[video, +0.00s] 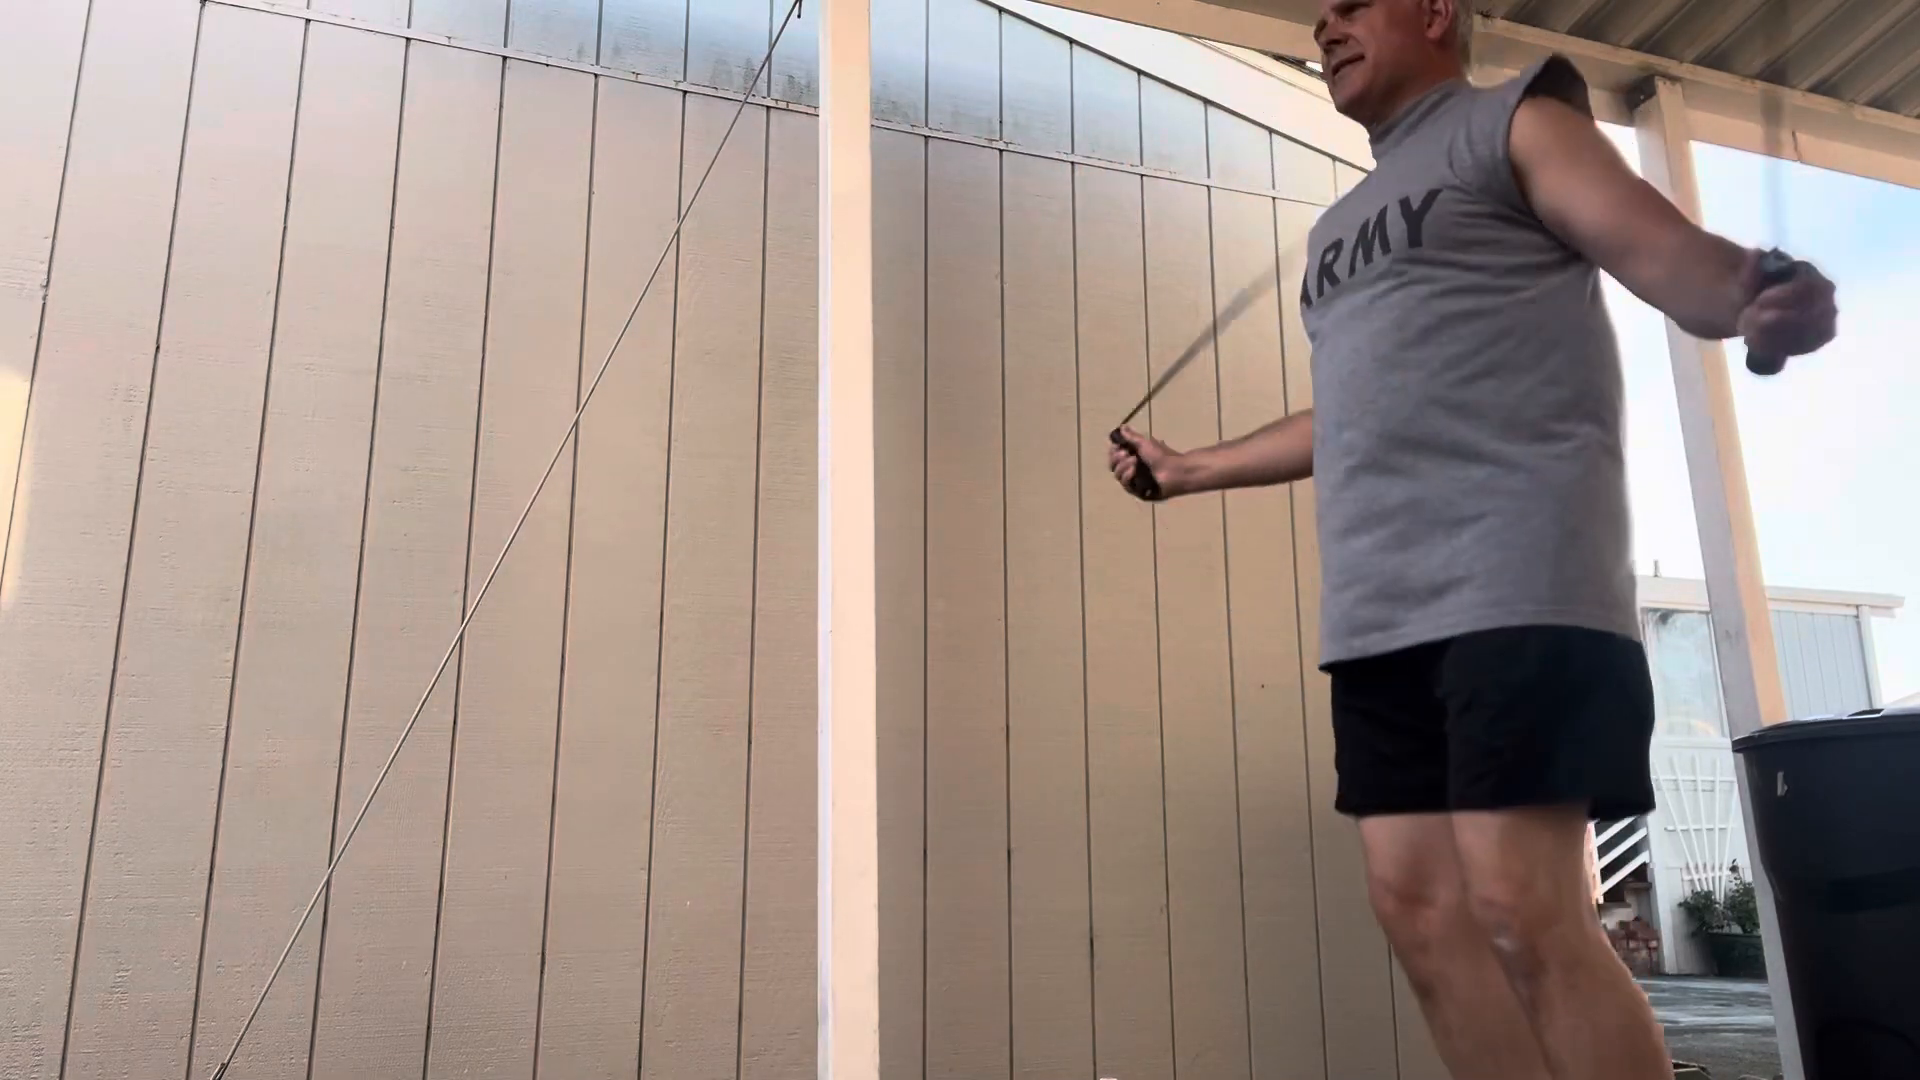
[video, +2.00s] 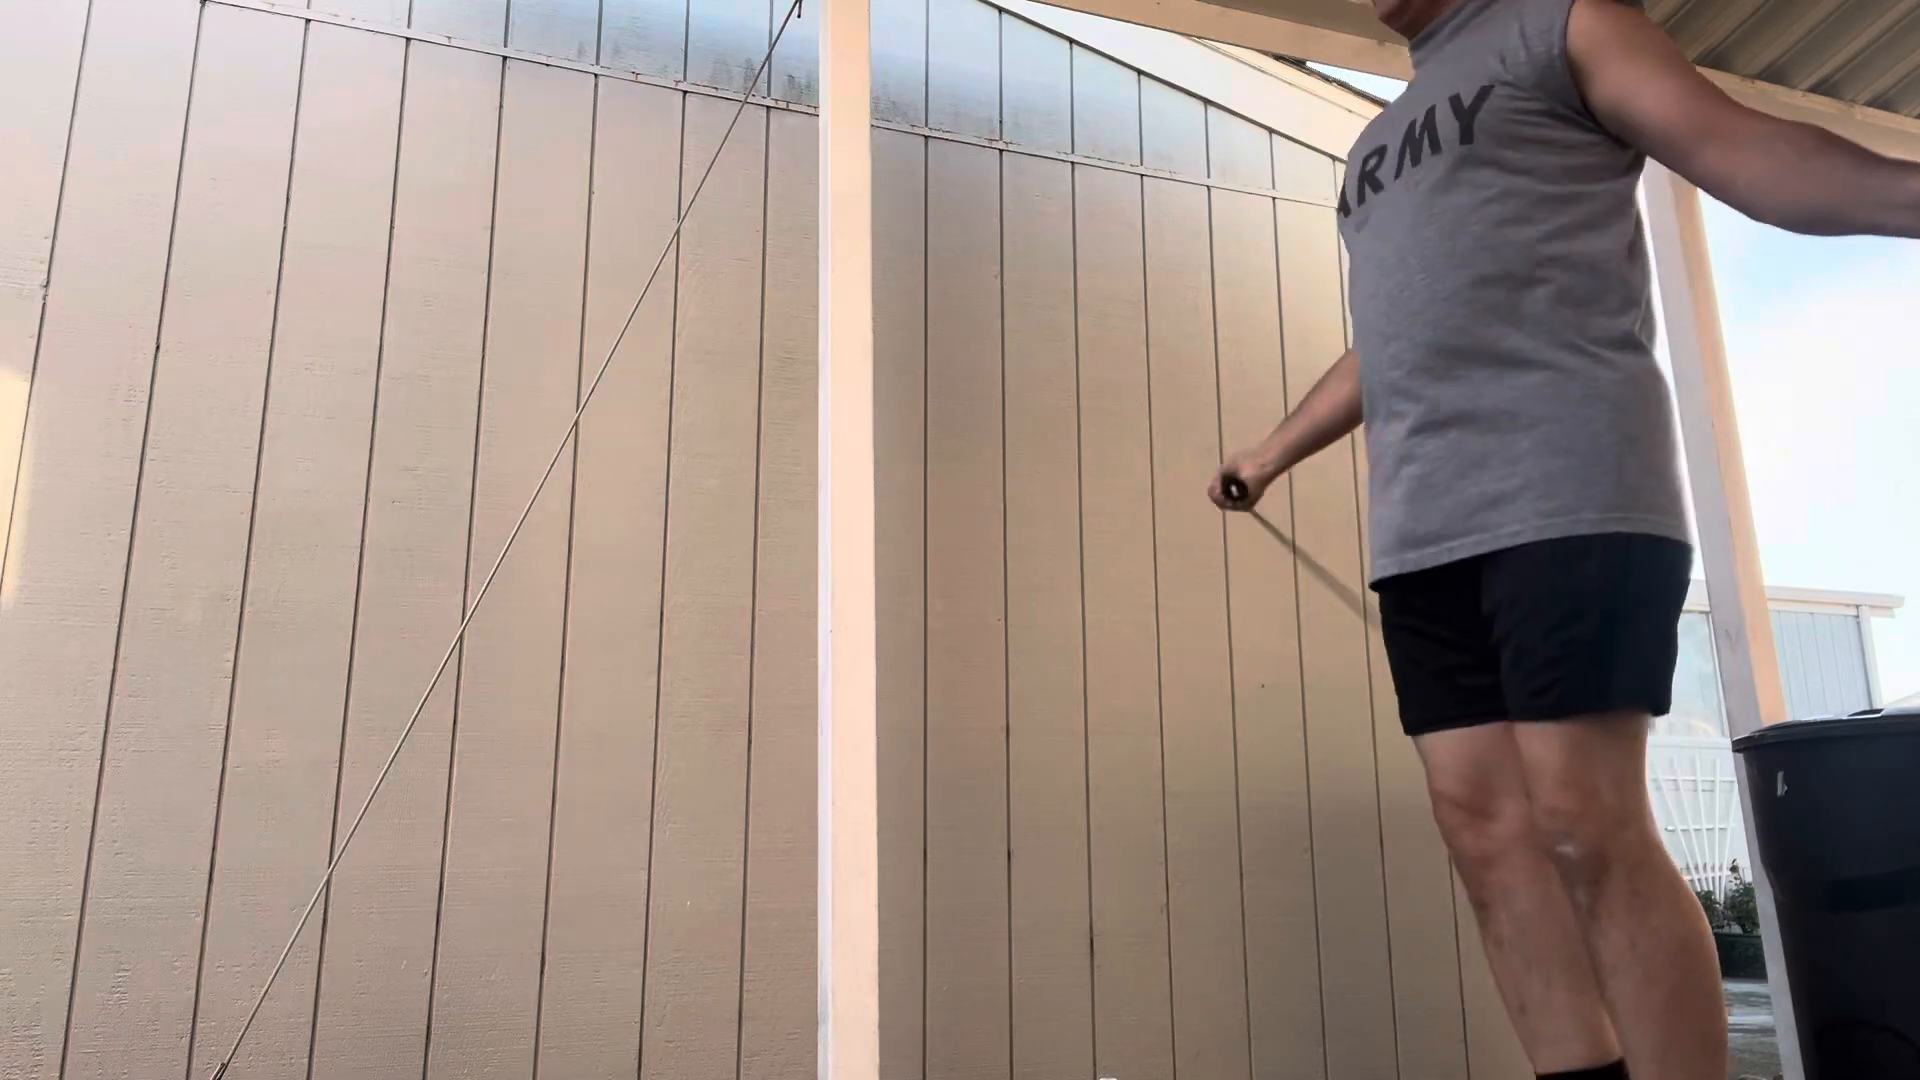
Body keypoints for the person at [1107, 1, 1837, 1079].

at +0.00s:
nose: (1327, 34)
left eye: (1353, 8)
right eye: (1319, 23)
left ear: (1436, 18)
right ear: (1323, 61)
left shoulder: (1514, 118)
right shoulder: (1336, 229)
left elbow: (1646, 242)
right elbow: (1346, 418)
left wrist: (1747, 293)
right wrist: (1186, 468)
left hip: (1523, 567)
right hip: (1375, 595)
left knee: (1532, 905)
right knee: (1419, 906)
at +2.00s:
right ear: (1390, 1)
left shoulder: (1556, 24)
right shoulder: (1372, 148)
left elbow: (1728, 142)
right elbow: (1382, 349)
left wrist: (1904, 195)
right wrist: (1266, 456)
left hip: (1576, 484)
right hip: (1420, 519)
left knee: (1590, 821)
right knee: (1483, 831)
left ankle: (1682, 1065)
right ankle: (1586, 1065)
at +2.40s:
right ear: (1403, 8)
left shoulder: (1584, 35)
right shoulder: (1392, 156)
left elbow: (1756, 157)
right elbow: (1404, 350)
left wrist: (1914, 197)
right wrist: (1269, 436)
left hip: (1596, 498)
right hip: (1440, 529)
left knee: (1604, 827)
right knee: (1502, 832)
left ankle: (1698, 1068)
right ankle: (1593, 1068)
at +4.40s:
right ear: (1442, 17)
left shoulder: (1625, 35)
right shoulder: (1440, 169)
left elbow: (1786, 155)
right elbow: (1447, 358)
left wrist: (1919, 207)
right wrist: (1329, 472)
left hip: (1651, 480)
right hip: (1497, 517)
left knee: (1667, 819)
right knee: (1562, 821)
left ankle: (1756, 1072)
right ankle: (1657, 1068)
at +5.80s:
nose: (1477, 15)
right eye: (1472, 5)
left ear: (1590, 5)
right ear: (1479, 41)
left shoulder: (1677, 99)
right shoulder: (1483, 213)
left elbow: (1834, 228)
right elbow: (1474, 410)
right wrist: (1334, 470)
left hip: (1699, 549)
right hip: (1535, 580)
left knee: (1714, 895)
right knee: (1591, 894)